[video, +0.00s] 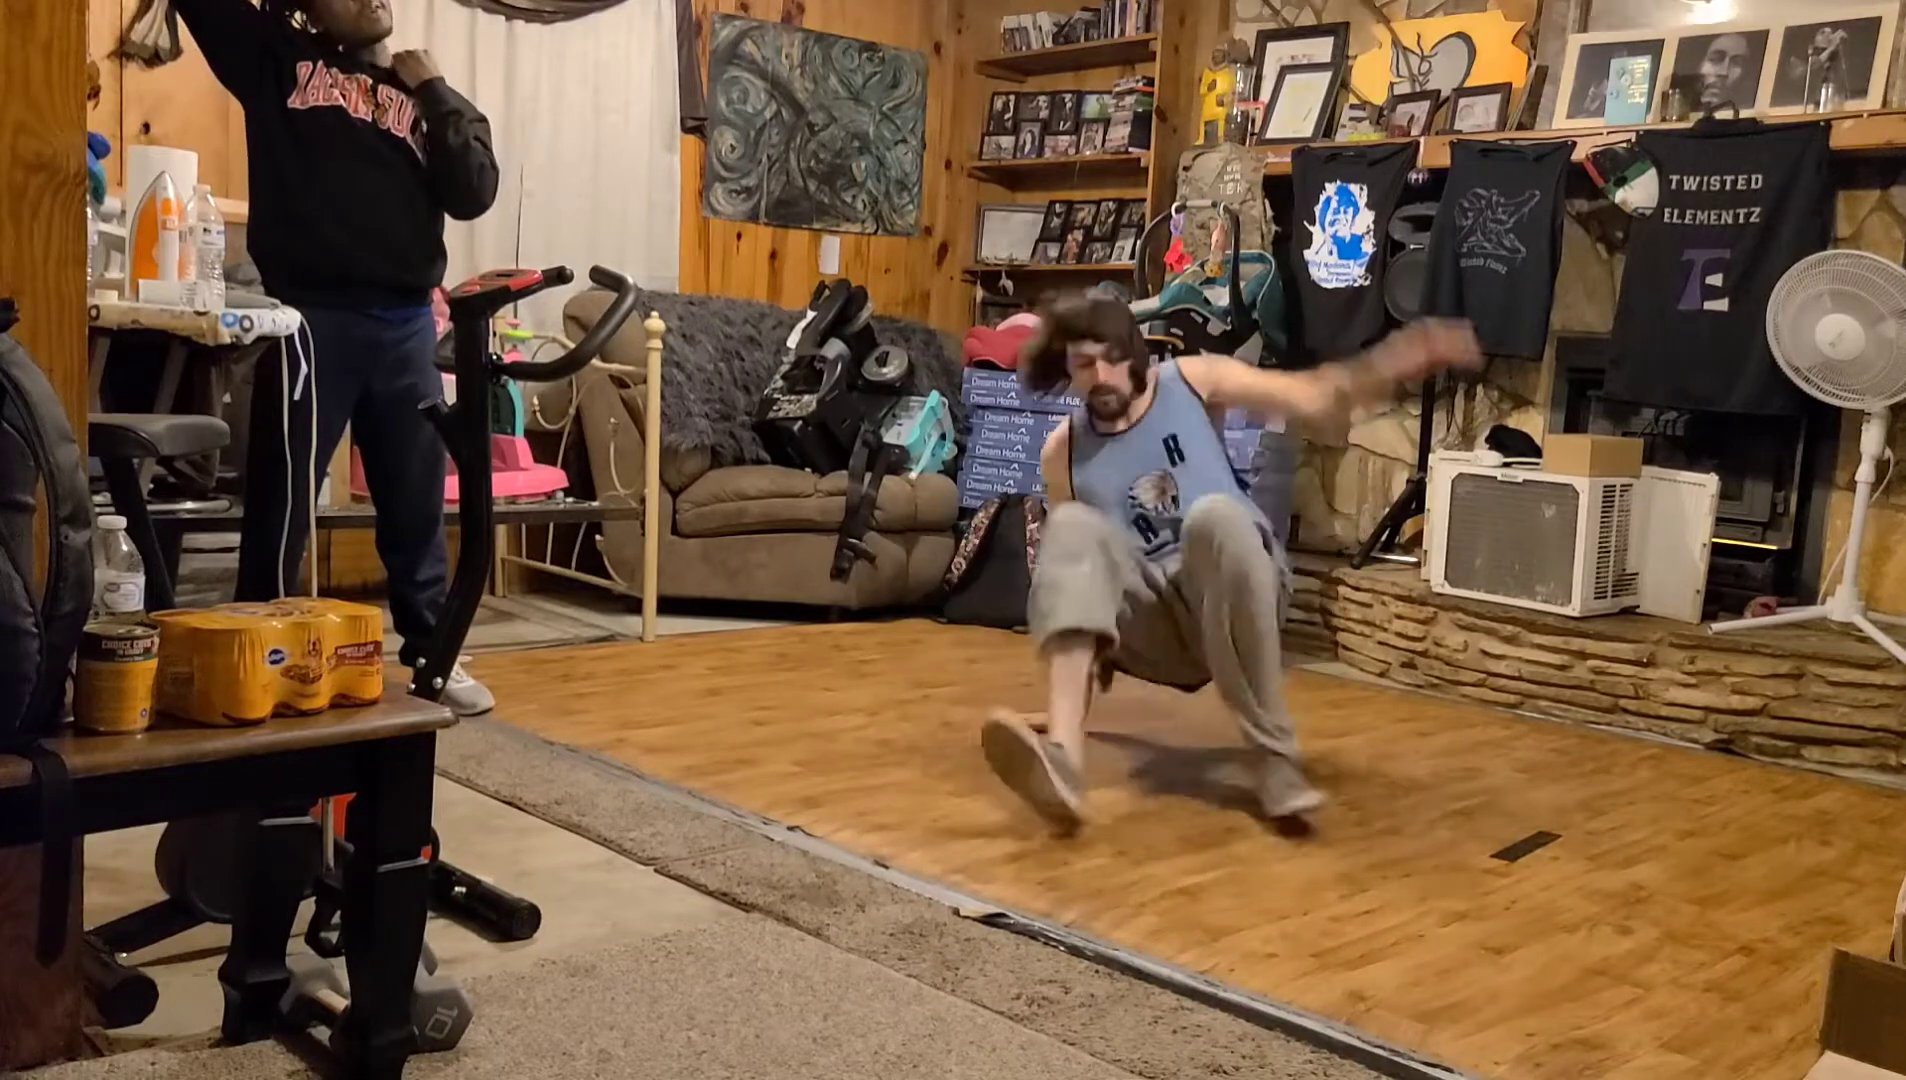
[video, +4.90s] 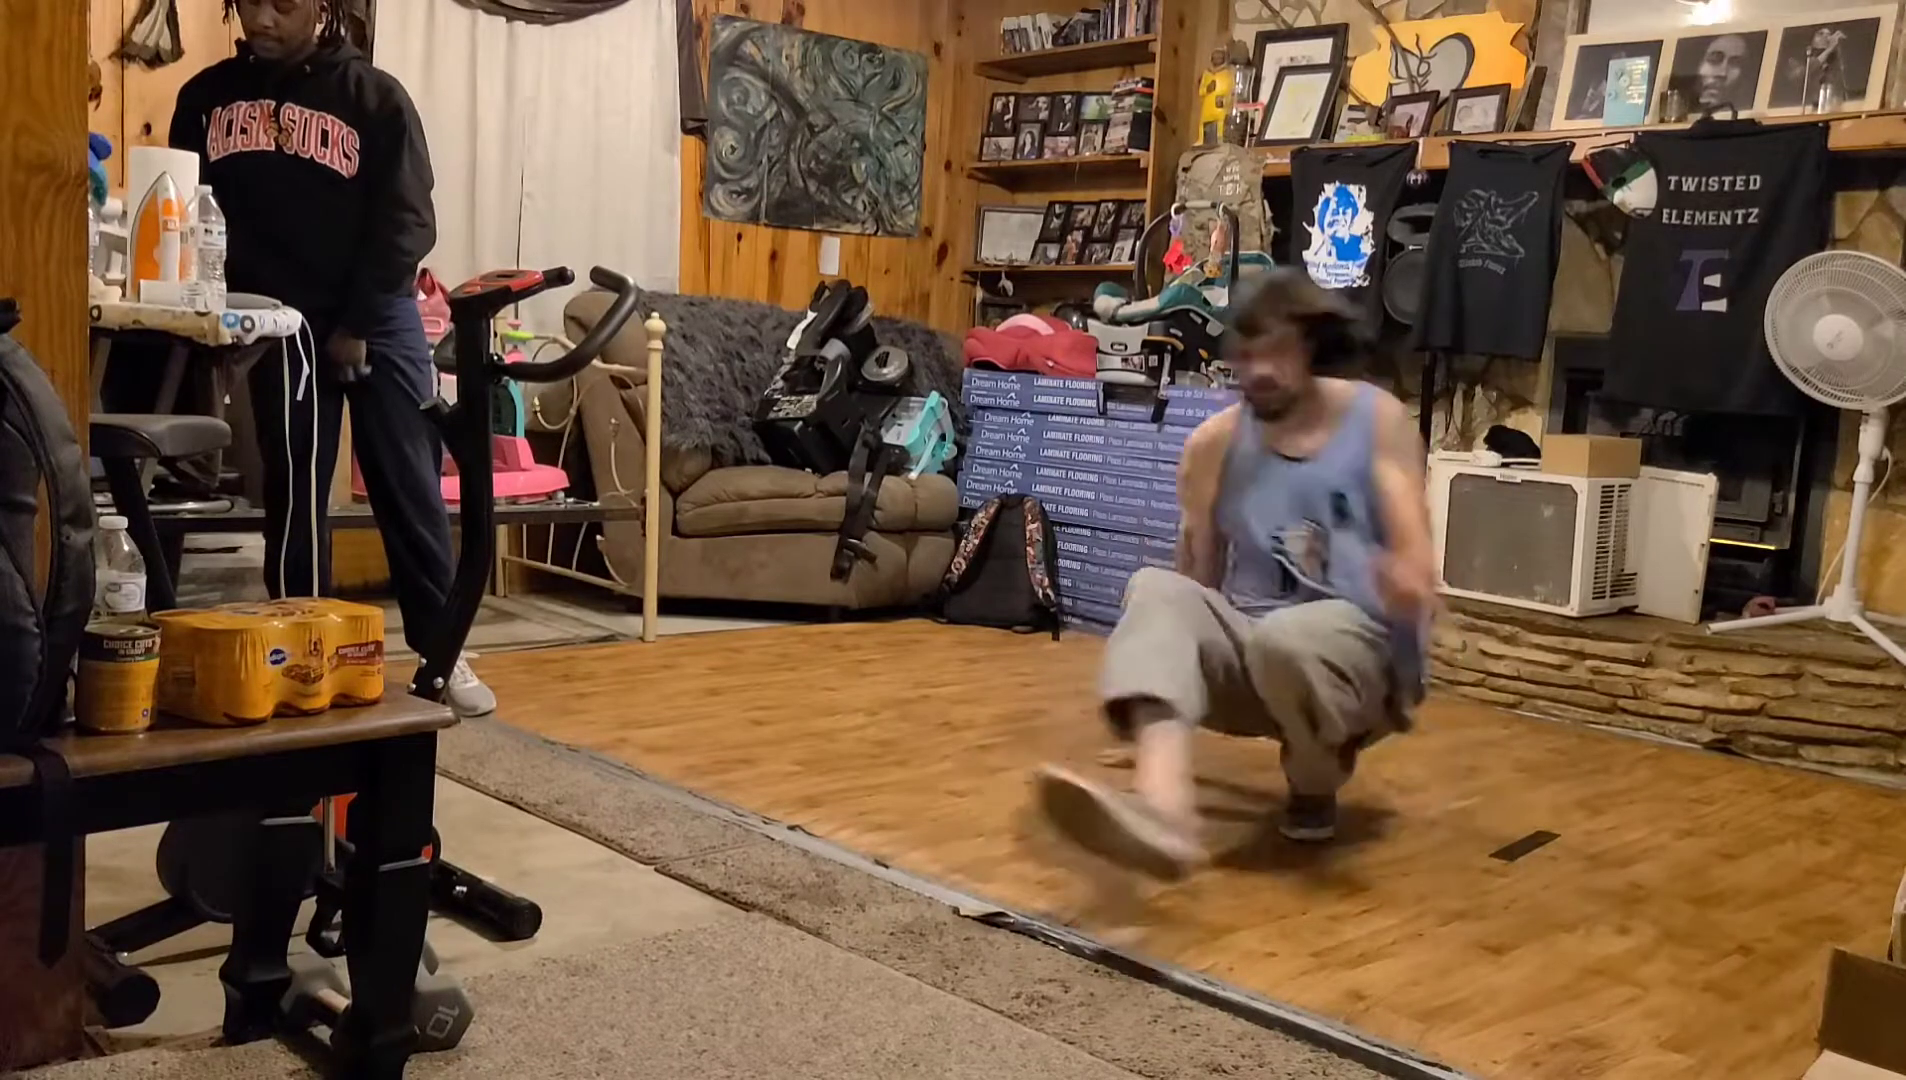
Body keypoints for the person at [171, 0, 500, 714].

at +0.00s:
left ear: (383, 10)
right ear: (308, 9)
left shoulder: (417, 94)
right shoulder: (275, 57)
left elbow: (472, 196)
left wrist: (435, 93)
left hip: (405, 325)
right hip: (308, 320)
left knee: (415, 503)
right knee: (282, 502)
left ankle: (433, 657)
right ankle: (258, 662)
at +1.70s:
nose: (466, 7)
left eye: (473, 1)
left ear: (478, 17)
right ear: (403, 3)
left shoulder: (490, 116)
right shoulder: (335, 83)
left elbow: (515, 235)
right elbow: (282, 180)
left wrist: (500, 176)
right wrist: (375, 162)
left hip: (441, 333)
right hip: (343, 328)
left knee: (440, 503)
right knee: (310, 496)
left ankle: (433, 660)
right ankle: (267, 655)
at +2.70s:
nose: (409, 1)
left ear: (468, 12)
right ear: (393, 7)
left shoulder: (501, 118)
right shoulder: (341, 91)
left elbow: (519, 237)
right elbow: (302, 180)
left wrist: (446, 276)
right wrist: (302, 205)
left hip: (446, 336)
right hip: (350, 329)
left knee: (448, 502)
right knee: (332, 495)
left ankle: (435, 663)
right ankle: (311, 658)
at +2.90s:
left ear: (417, 7)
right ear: (334, 5)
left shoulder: (456, 112)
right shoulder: (293, 93)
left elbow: (472, 245)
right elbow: (274, 197)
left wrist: (424, 333)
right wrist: (217, 214)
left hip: (416, 334)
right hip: (317, 329)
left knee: (433, 497)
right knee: (314, 494)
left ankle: (433, 657)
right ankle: (305, 654)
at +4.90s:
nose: (258, 17)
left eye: (278, 4)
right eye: (249, 3)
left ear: (320, 11)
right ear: (236, 8)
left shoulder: (373, 97)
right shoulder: (206, 97)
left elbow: (406, 226)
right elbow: (177, 215)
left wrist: (357, 322)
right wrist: (208, 316)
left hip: (376, 309)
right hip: (275, 314)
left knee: (409, 482)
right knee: (292, 488)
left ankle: (442, 653)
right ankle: (298, 650)